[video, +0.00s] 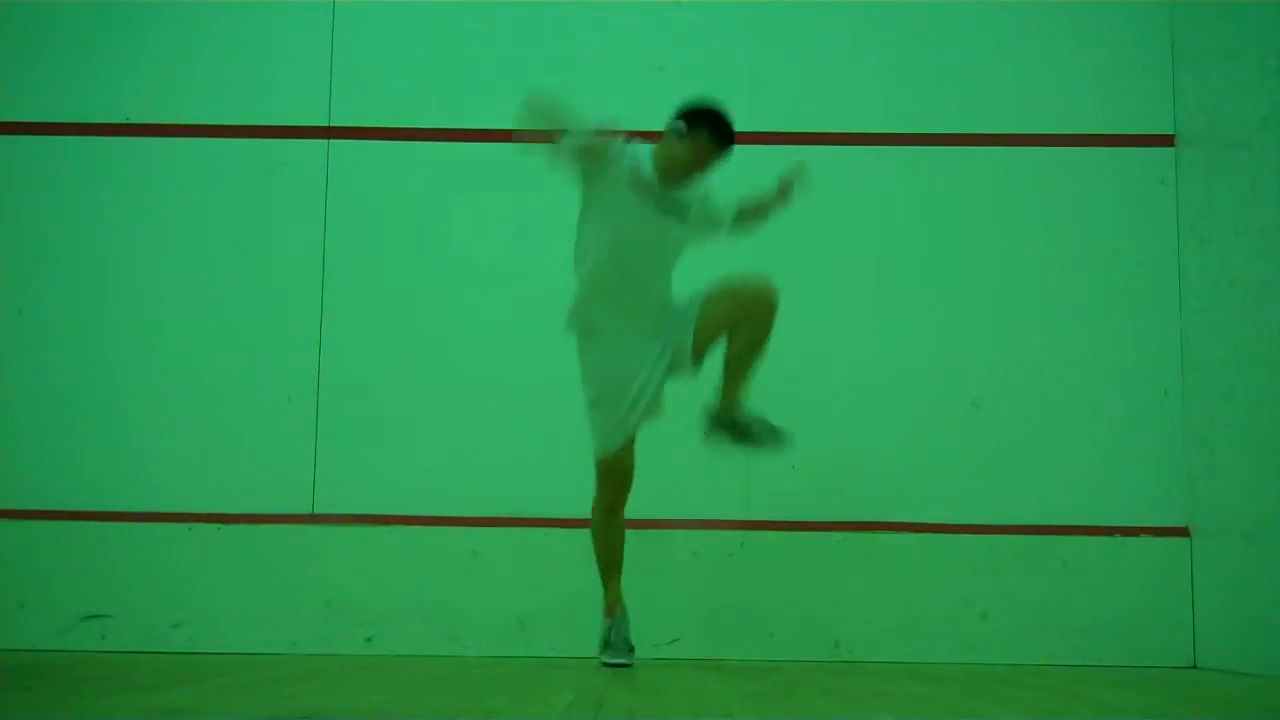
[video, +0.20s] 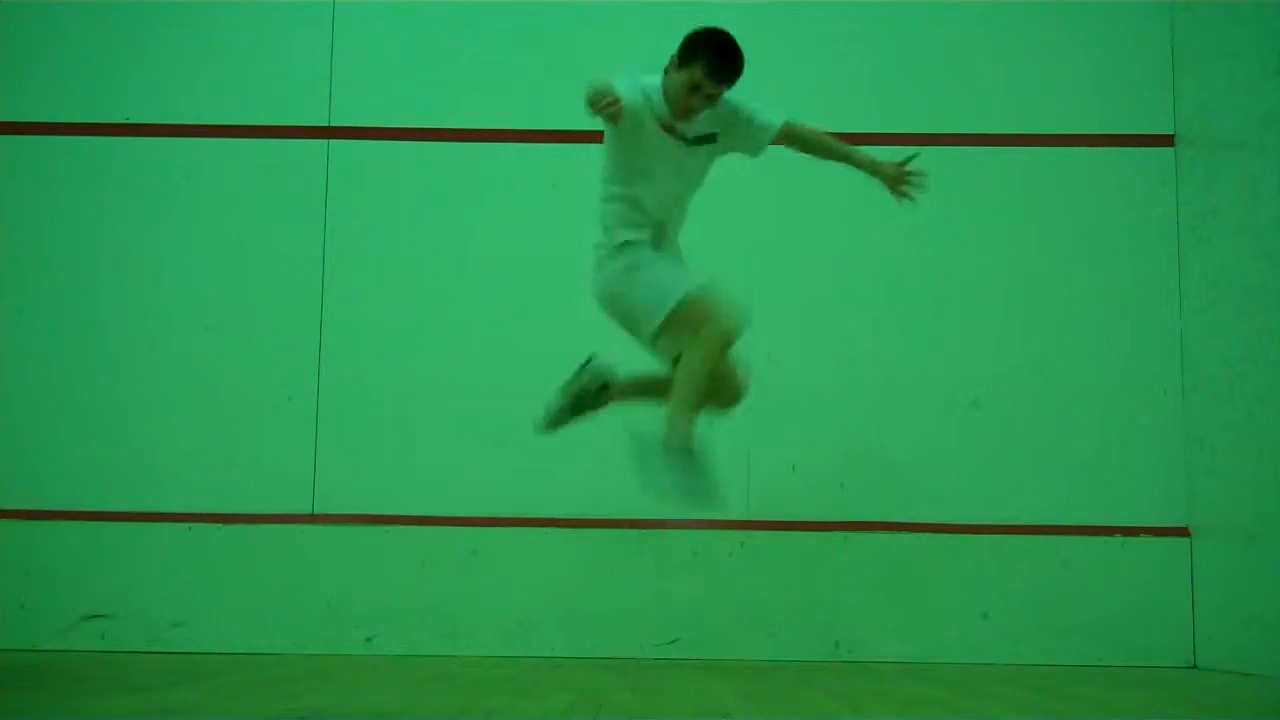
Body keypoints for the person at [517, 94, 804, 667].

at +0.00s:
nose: (695, 170)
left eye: (707, 163)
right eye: (695, 155)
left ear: (709, 162)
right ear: (671, 134)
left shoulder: (689, 203)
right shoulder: (611, 162)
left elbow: (733, 219)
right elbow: (537, 129)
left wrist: (775, 199)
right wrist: (558, 128)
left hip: (663, 331)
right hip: (609, 338)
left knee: (757, 297)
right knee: (614, 479)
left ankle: (728, 413)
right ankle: (614, 611)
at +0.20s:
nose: (697, 105)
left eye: (710, 99)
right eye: (694, 90)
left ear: (722, 95)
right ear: (674, 66)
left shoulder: (724, 118)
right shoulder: (639, 94)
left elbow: (793, 135)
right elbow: (608, 97)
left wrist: (875, 168)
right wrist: (604, 103)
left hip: (663, 266)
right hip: (623, 263)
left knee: (726, 388)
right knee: (712, 324)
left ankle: (605, 389)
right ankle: (676, 449)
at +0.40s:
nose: (744, 167)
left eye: (756, 161)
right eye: (741, 151)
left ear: (765, 160)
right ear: (719, 131)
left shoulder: (746, 198)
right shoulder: (683, 166)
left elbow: (812, 237)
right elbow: (644, 179)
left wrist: (894, 284)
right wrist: (640, 173)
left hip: (650, 343)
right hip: (644, 330)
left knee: (682, 487)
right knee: (756, 386)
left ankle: (598, 585)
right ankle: (703, 534)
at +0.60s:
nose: (776, 267)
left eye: (788, 261)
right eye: (776, 251)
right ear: (748, 223)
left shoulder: (741, 299)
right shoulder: (702, 261)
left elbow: (775, 342)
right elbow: (642, 292)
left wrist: (817, 390)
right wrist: (586, 321)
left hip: (601, 422)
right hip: (648, 400)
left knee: (685, 536)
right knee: (749, 503)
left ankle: (680, 533)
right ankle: (693, 640)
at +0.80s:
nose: (743, 217)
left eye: (752, 210)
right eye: (746, 202)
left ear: (715, 177)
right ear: (720, 175)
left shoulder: (660, 214)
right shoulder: (683, 208)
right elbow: (666, 263)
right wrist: (681, 325)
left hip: (581, 372)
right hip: (626, 363)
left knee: (658, 508)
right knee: (709, 486)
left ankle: (576, 507)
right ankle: (688, 637)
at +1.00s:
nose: (690, 182)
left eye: (696, 173)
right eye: (690, 168)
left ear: (647, 146)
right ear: (661, 144)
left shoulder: (572, 202)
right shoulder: (646, 178)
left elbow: (501, 258)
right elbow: (679, 212)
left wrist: (455, 323)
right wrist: (741, 249)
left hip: (584, 367)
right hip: (649, 348)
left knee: (555, 508)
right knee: (738, 416)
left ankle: (509, 635)